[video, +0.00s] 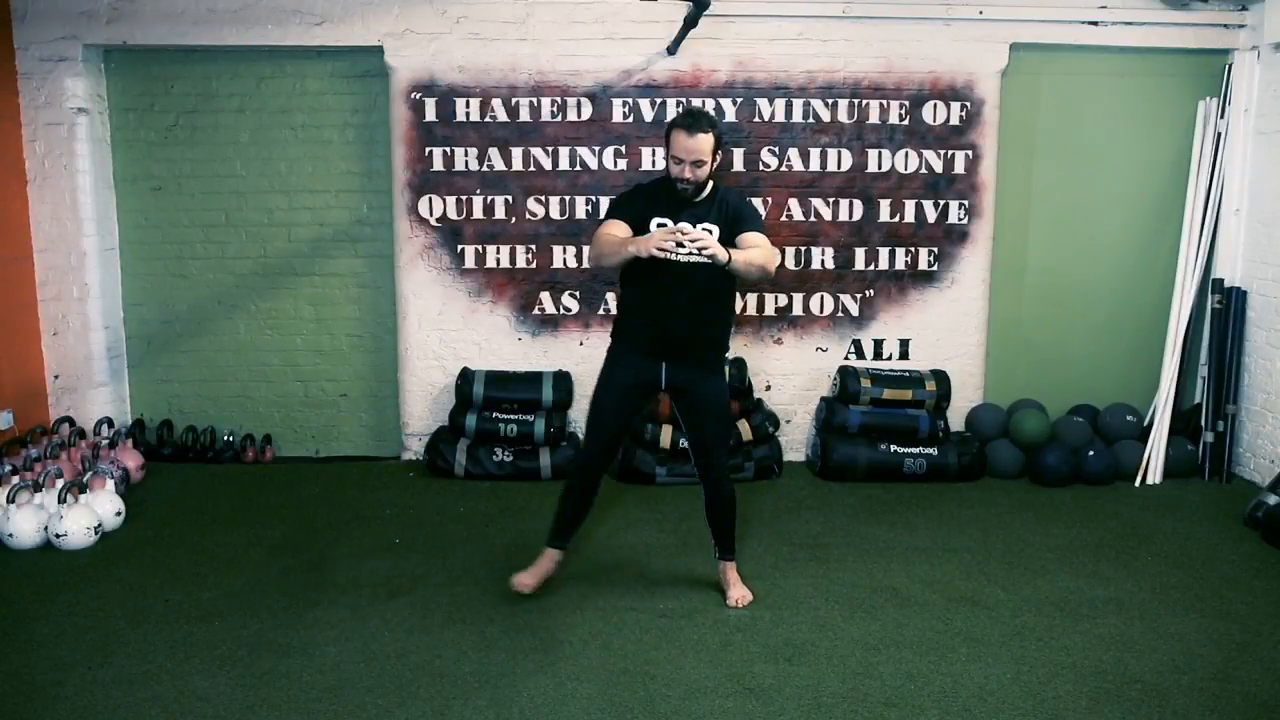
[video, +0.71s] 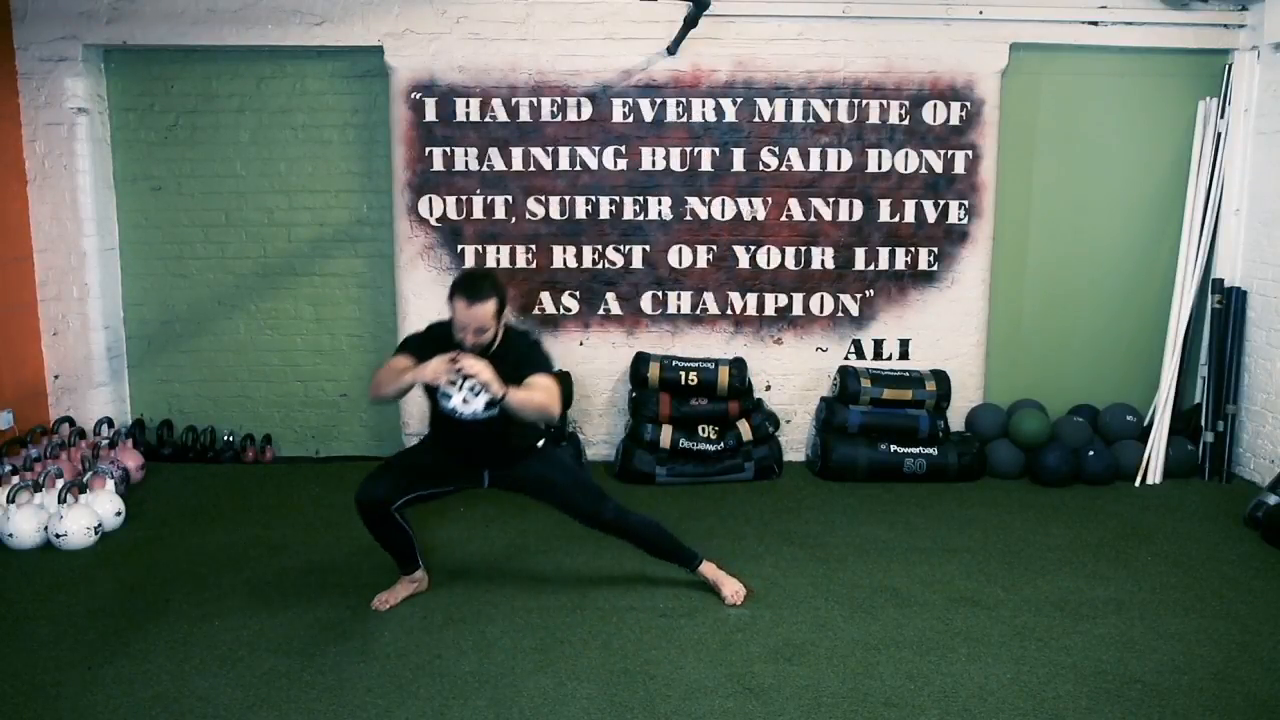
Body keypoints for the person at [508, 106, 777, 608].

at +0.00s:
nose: (686, 172)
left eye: (697, 163)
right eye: (678, 161)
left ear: (716, 159)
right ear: (666, 154)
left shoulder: (733, 207)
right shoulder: (641, 196)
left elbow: (767, 261)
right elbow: (599, 251)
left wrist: (726, 255)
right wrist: (638, 243)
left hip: (700, 357)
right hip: (633, 352)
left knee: (716, 466)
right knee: (594, 452)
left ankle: (728, 564)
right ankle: (553, 552)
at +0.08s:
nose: (679, 176)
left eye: (691, 166)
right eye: (670, 164)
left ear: (710, 162)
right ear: (659, 156)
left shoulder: (726, 211)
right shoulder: (631, 200)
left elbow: (757, 264)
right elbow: (589, 251)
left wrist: (716, 254)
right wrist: (627, 242)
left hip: (690, 361)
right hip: (621, 353)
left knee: (709, 465)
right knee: (569, 448)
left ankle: (727, 564)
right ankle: (513, 547)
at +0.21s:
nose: (658, 183)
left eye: (670, 175)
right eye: (651, 172)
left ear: (689, 170)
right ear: (640, 164)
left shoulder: (702, 219)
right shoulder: (613, 205)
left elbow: (737, 271)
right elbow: (564, 253)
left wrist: (694, 257)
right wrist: (605, 243)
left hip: (664, 369)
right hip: (595, 359)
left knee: (695, 468)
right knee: (532, 447)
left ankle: (725, 565)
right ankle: (462, 541)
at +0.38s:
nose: (605, 213)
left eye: (617, 206)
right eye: (598, 202)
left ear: (637, 199)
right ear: (588, 189)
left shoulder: (649, 240)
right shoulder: (559, 229)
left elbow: (682, 295)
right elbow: (510, 273)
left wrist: (642, 276)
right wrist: (554, 262)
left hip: (617, 389)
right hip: (545, 382)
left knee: (664, 476)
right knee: (472, 464)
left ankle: (721, 566)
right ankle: (413, 564)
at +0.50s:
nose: (549, 254)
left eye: (561, 246)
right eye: (542, 243)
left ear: (581, 238)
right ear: (530, 234)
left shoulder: (600, 280)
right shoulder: (509, 267)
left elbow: (628, 334)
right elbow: (454, 308)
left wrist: (585, 313)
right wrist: (502, 297)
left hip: (570, 413)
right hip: (497, 409)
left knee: (638, 485)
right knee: (417, 475)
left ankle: (715, 566)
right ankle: (413, 570)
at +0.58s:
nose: (512, 288)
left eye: (523, 281)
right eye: (505, 278)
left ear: (544, 270)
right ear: (494, 264)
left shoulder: (559, 306)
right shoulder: (472, 295)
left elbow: (592, 363)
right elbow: (418, 340)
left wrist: (547, 342)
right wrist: (467, 326)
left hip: (548, 432)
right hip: (474, 428)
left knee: (620, 499)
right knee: (394, 486)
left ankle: (710, 567)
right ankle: (413, 574)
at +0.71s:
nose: (468, 337)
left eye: (479, 328)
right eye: (461, 326)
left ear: (499, 317)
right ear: (450, 314)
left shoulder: (520, 346)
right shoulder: (430, 342)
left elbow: (549, 406)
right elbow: (378, 390)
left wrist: (500, 388)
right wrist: (419, 372)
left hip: (523, 453)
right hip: (452, 450)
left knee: (602, 513)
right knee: (373, 496)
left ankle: (704, 568)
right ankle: (413, 574)